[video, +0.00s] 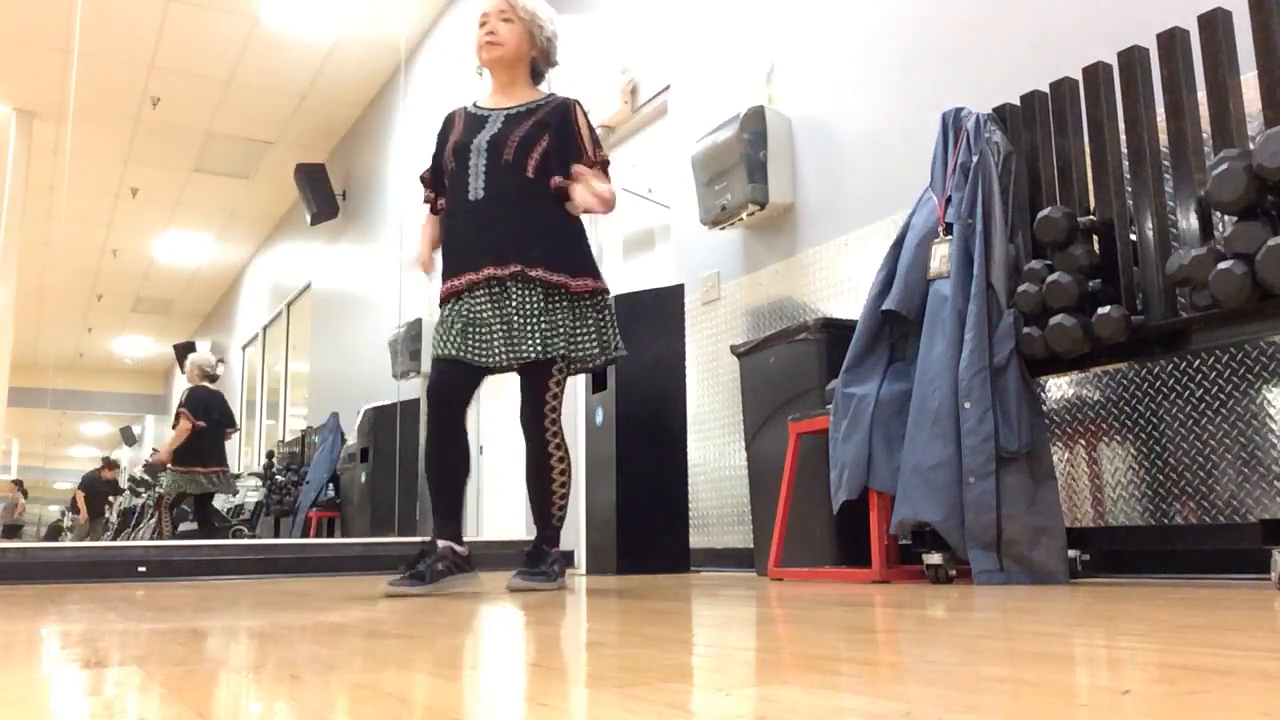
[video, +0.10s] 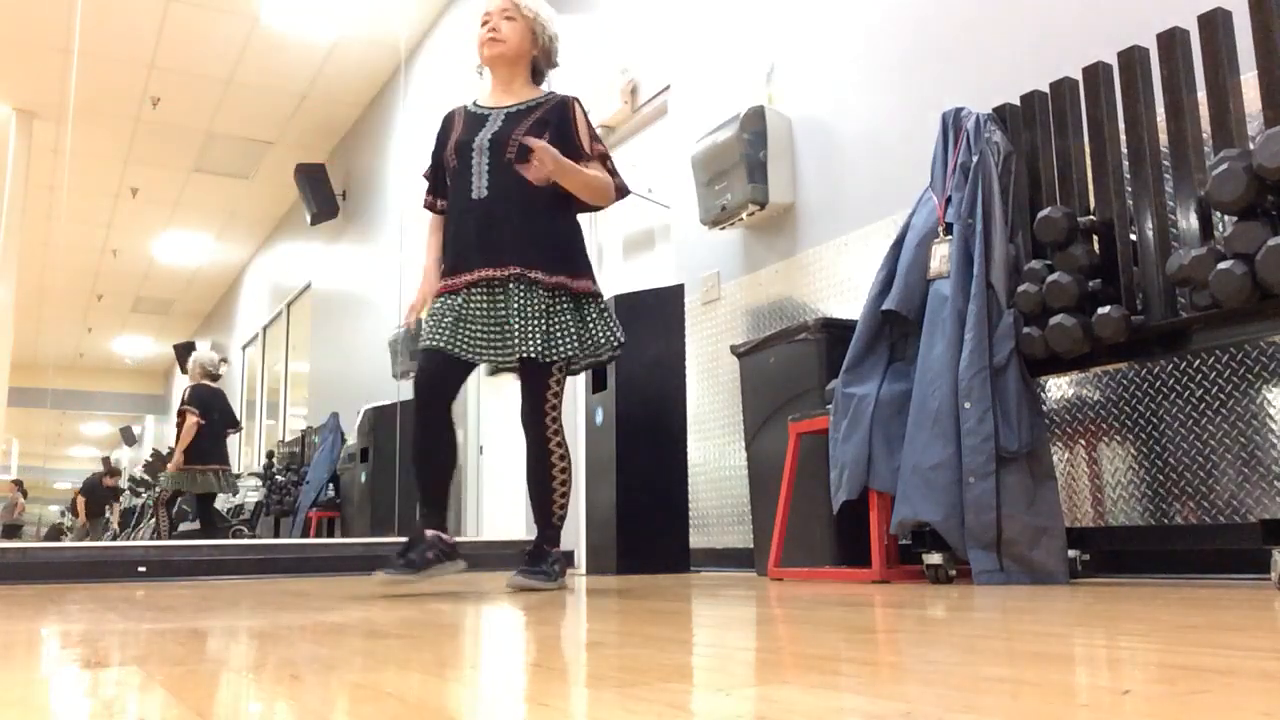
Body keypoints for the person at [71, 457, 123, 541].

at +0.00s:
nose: (115, 476)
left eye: (116, 473)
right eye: (113, 473)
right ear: (106, 470)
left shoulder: (113, 482)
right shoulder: (90, 477)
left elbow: (118, 496)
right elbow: (79, 494)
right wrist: (83, 512)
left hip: (97, 512)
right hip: (82, 510)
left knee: (97, 535)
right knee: (82, 532)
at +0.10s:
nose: (116, 483)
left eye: (117, 481)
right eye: (115, 480)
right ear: (108, 477)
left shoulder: (114, 488)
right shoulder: (92, 482)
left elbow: (116, 506)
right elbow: (80, 499)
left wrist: (115, 523)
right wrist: (82, 517)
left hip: (97, 514)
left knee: (97, 539)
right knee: (78, 537)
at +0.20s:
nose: (115, 489)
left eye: (116, 487)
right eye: (114, 486)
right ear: (107, 482)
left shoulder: (115, 491)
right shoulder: (92, 485)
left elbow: (116, 509)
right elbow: (79, 502)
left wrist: (115, 529)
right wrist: (80, 519)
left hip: (97, 514)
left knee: (97, 539)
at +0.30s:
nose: (115, 494)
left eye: (117, 492)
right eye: (114, 491)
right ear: (108, 488)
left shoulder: (115, 498)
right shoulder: (92, 488)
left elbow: (115, 515)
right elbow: (77, 504)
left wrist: (115, 535)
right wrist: (79, 521)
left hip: (97, 514)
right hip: (82, 512)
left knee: (98, 536)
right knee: (80, 533)